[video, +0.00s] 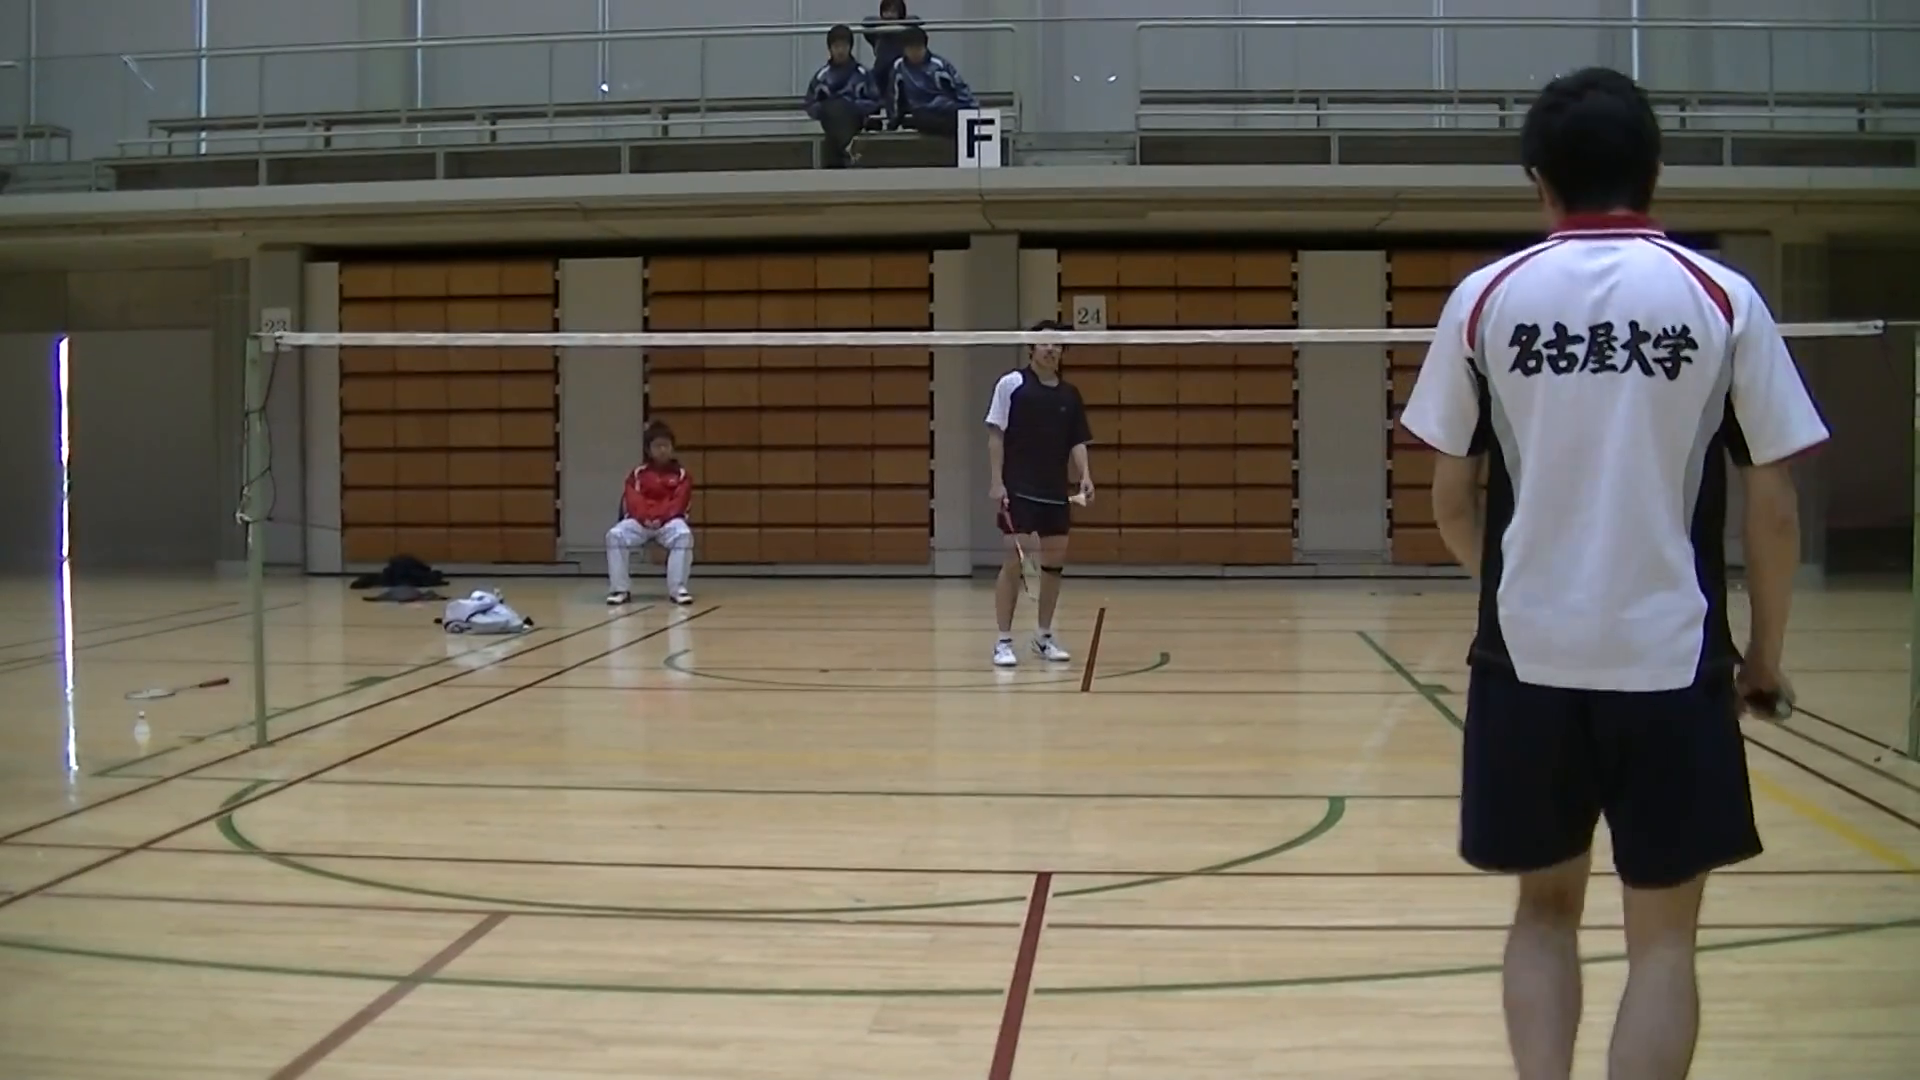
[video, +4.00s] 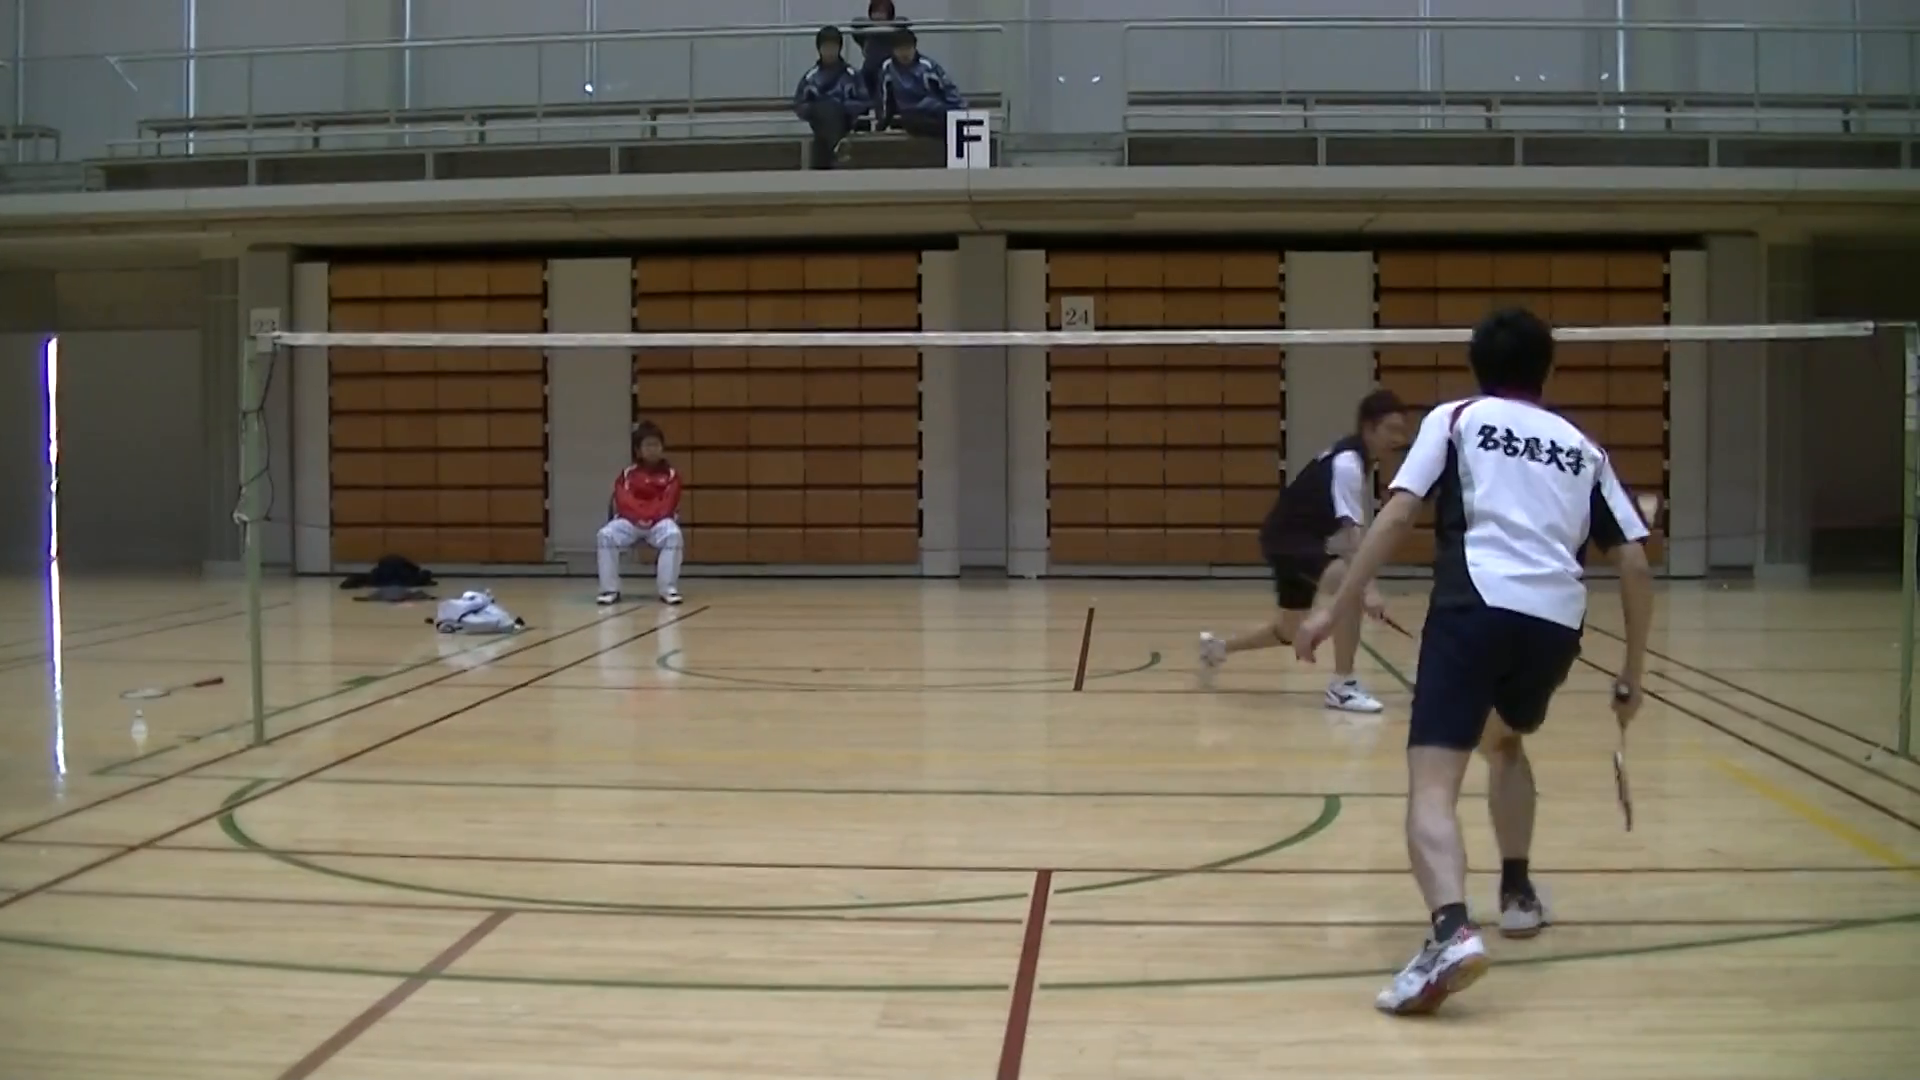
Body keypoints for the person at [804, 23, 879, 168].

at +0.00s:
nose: (840, 50)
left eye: (844, 46)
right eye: (836, 46)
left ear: (850, 47)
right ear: (829, 48)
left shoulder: (863, 73)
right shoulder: (821, 75)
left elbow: (874, 103)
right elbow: (810, 105)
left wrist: (849, 105)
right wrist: (827, 107)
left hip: (856, 122)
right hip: (830, 122)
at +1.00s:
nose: (836, 50)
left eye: (840, 45)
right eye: (832, 45)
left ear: (846, 47)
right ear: (826, 47)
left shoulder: (859, 72)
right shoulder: (818, 74)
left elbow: (871, 102)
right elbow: (807, 106)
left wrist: (846, 104)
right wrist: (823, 105)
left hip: (852, 119)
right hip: (826, 119)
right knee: (830, 105)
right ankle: (843, 143)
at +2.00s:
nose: (835, 50)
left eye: (839, 45)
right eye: (831, 45)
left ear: (845, 47)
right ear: (824, 48)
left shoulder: (857, 72)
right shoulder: (815, 75)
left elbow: (869, 102)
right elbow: (806, 106)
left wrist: (844, 105)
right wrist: (822, 106)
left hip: (850, 119)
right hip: (824, 120)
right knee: (830, 105)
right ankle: (841, 143)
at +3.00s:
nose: (842, 50)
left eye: (846, 45)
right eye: (838, 46)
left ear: (852, 47)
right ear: (832, 48)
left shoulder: (866, 74)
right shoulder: (823, 76)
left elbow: (876, 103)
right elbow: (814, 105)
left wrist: (846, 103)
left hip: (860, 120)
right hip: (831, 120)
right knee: (835, 105)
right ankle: (851, 142)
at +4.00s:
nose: (830, 52)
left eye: (833, 46)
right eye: (825, 46)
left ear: (840, 48)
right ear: (819, 49)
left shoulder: (852, 75)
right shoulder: (810, 77)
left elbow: (864, 103)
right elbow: (799, 106)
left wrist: (840, 108)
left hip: (846, 122)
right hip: (818, 123)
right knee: (828, 108)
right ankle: (840, 148)